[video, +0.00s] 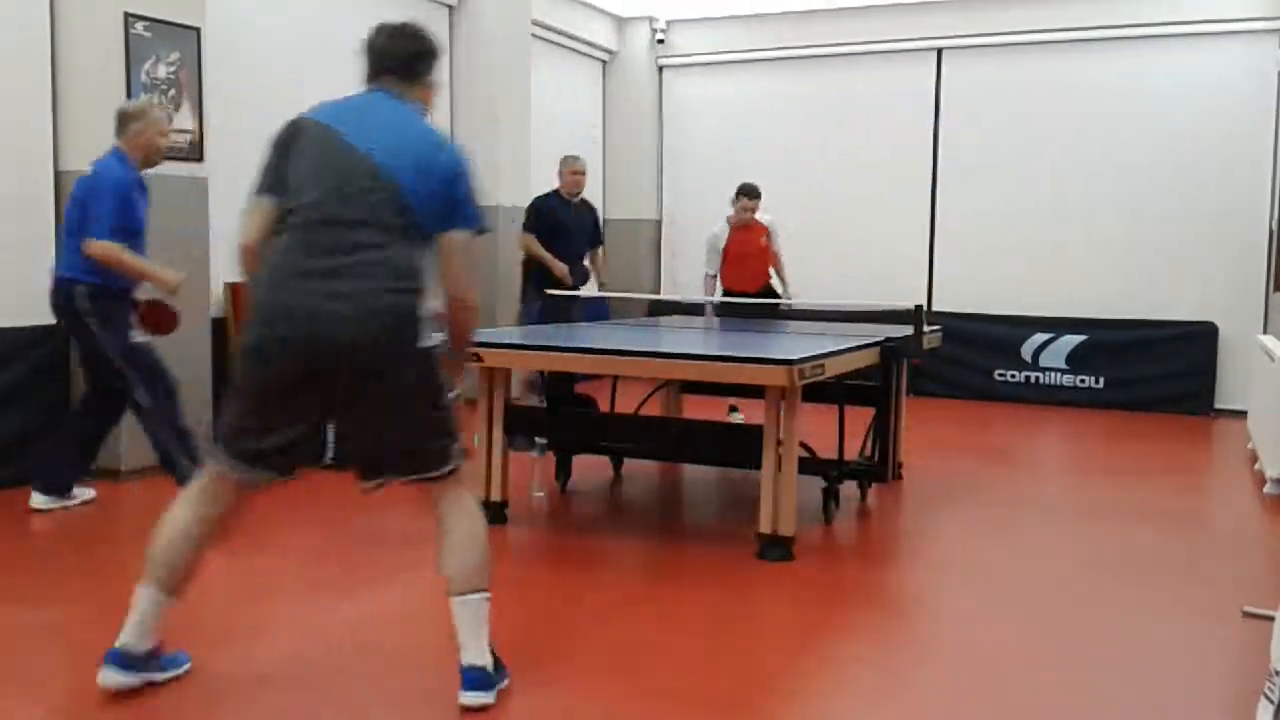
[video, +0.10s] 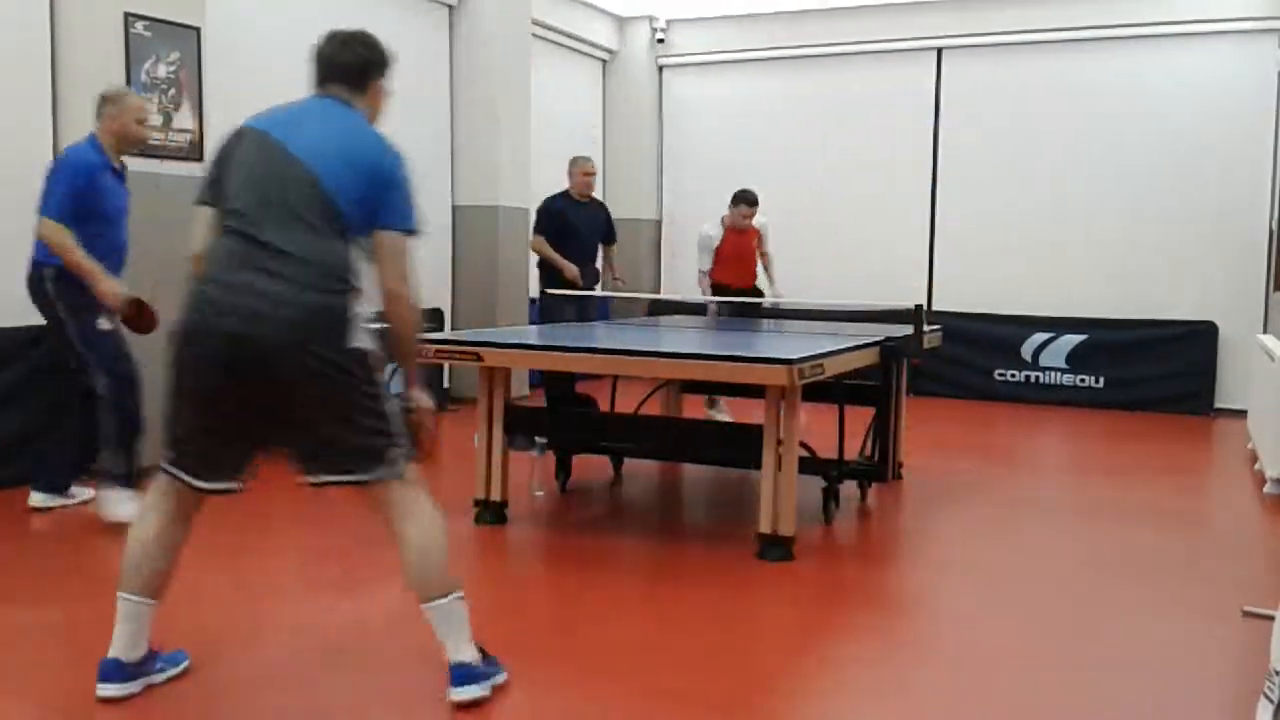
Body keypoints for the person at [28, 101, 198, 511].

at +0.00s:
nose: (168, 144)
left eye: (168, 136)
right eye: (162, 136)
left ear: (139, 137)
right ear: (138, 135)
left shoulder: (131, 179)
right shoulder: (109, 176)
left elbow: (117, 250)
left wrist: (135, 301)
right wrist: (158, 275)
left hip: (103, 295)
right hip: (85, 294)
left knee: (108, 392)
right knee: (151, 383)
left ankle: (54, 484)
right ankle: (192, 474)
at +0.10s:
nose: (146, 131)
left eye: (147, 123)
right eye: (139, 123)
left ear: (119, 124)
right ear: (111, 121)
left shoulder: (113, 169)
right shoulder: (78, 162)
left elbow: (96, 239)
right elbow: (50, 230)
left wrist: (115, 298)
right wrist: (100, 281)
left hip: (82, 283)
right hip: (59, 280)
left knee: (77, 379)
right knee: (116, 372)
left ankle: (50, 483)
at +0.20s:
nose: (120, 116)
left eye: (125, 108)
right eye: (112, 106)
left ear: (124, 111)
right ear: (86, 104)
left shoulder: (103, 155)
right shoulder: (54, 146)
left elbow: (88, 222)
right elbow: (11, 202)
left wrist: (103, 278)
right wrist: (39, 264)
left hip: (83, 270)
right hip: (49, 267)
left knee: (82, 372)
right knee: (72, 369)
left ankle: (60, 474)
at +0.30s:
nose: (94, 116)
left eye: (100, 108)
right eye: (85, 107)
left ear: (104, 111)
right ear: (59, 107)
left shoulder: (91, 161)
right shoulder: (31, 149)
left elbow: (85, 219)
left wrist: (93, 273)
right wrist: (2, 266)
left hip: (71, 268)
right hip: (35, 266)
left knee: (65, 373)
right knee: (40, 372)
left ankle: (53, 471)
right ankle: (23, 479)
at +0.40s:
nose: (72, 115)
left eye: (79, 107)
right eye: (63, 106)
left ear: (86, 111)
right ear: (39, 106)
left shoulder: (77, 161)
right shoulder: (14, 151)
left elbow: (81, 225)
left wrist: (80, 278)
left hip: (59, 273)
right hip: (17, 271)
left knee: (56, 369)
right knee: (23, 370)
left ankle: (53, 470)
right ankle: (24, 479)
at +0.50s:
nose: (54, 110)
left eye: (61, 102)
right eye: (44, 101)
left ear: (68, 107)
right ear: (20, 103)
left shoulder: (67, 155)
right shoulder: (6, 149)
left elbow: (77, 220)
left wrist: (76, 273)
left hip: (54, 276)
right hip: (12, 276)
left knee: (45, 373)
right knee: (18, 374)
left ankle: (45, 470)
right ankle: (25, 478)